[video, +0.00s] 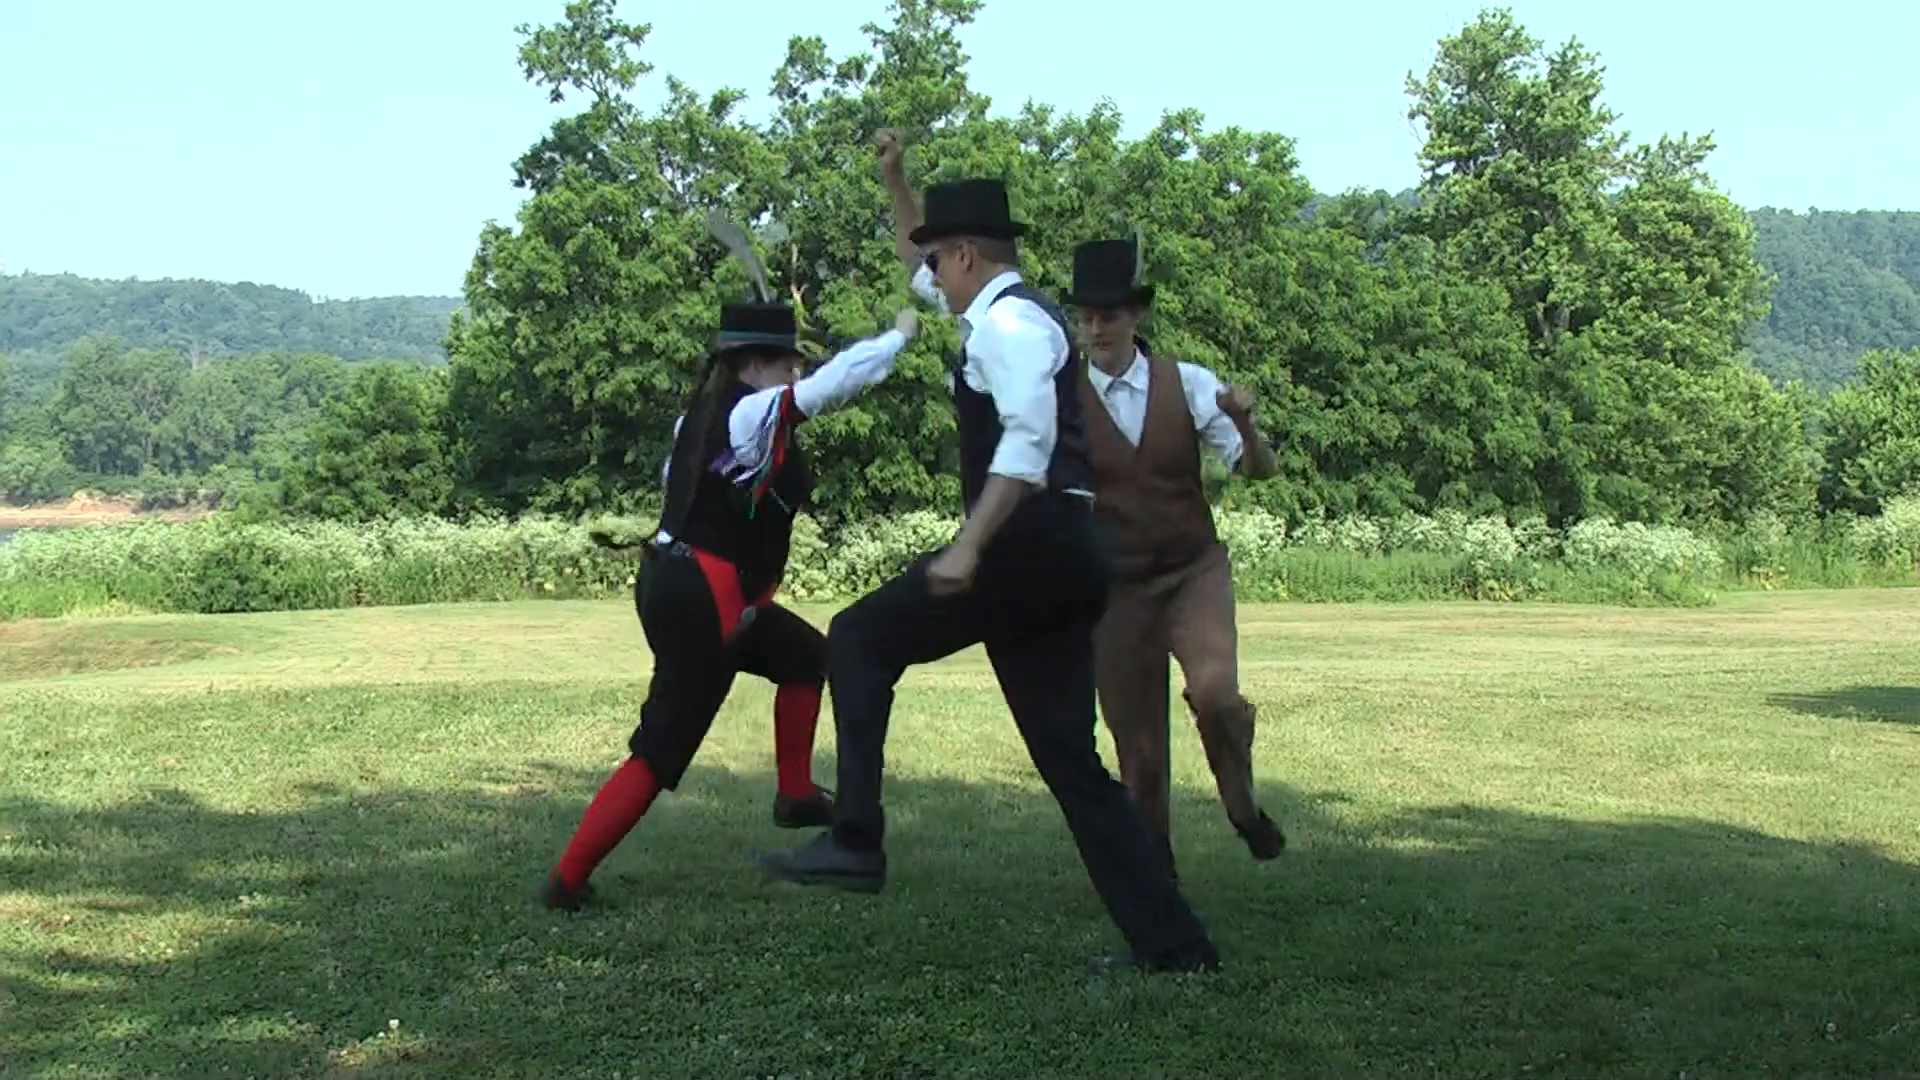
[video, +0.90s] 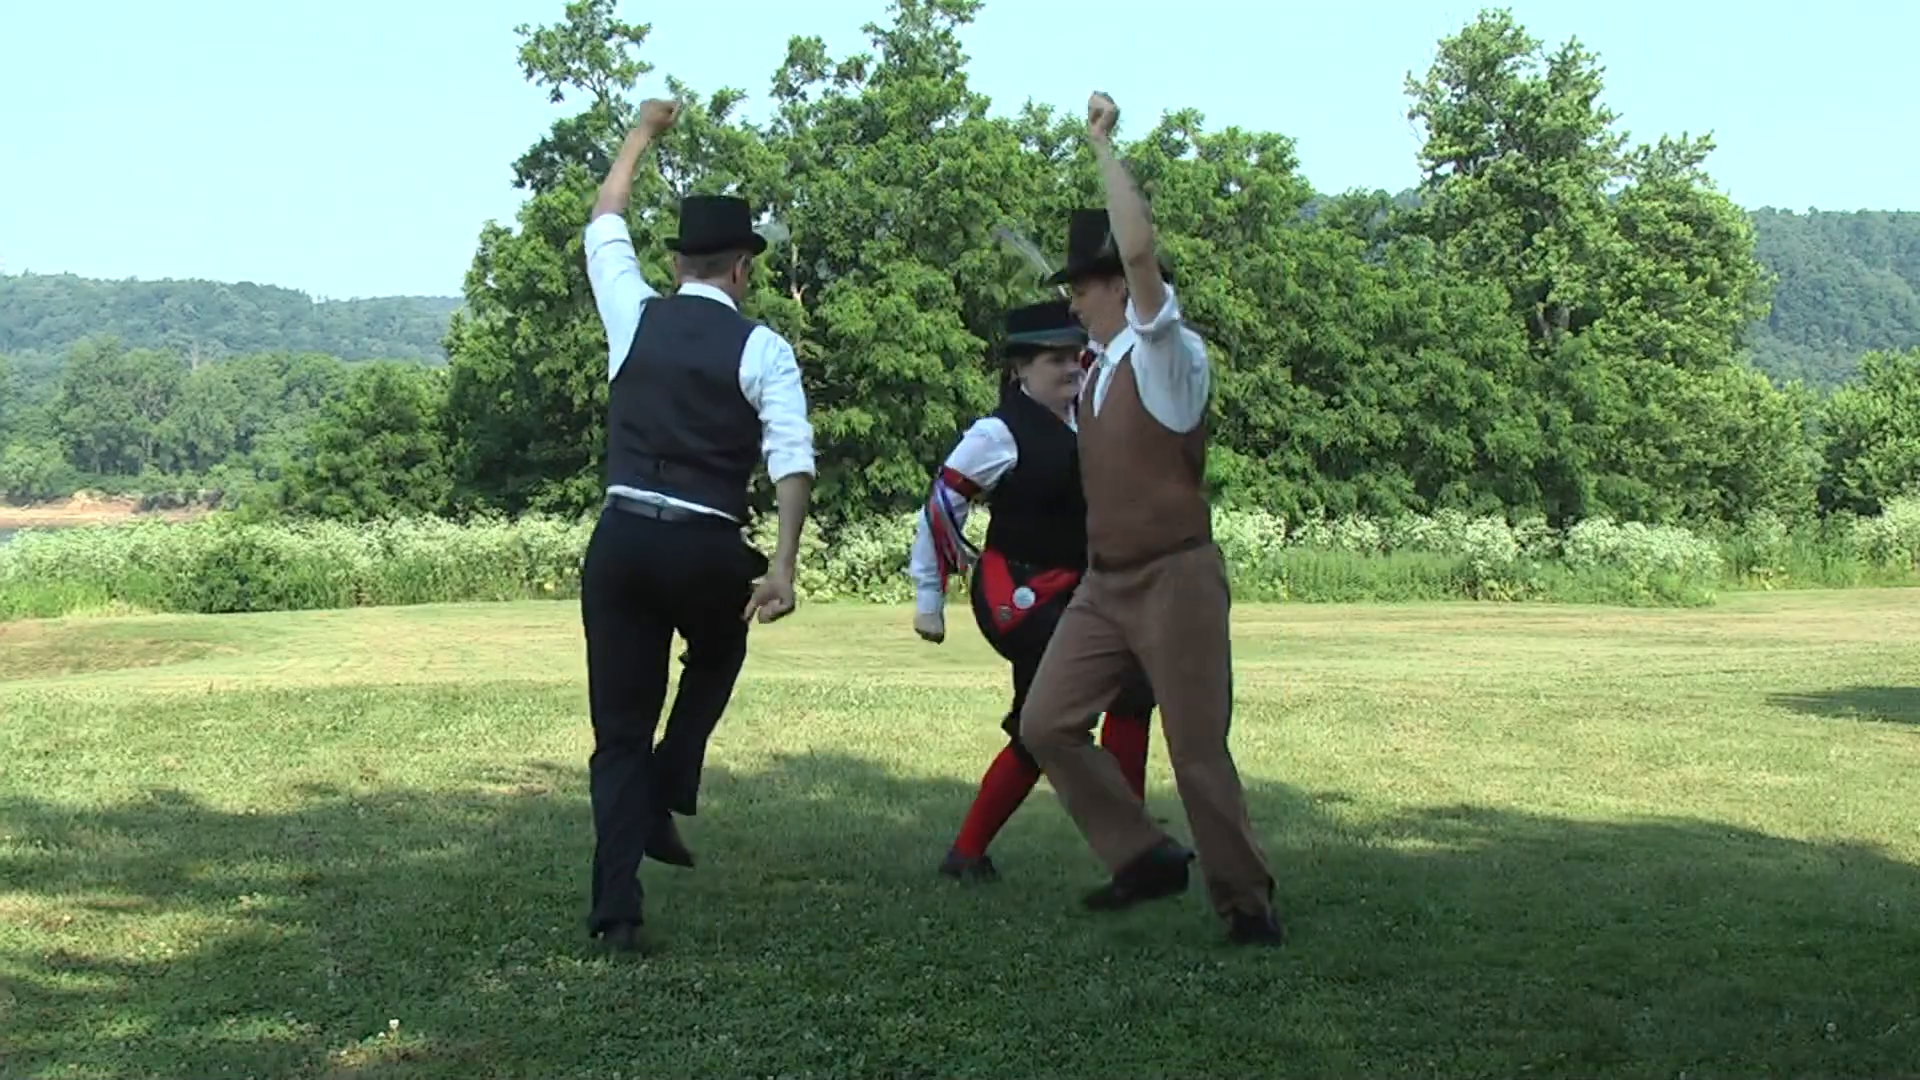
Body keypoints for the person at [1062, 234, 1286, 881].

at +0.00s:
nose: (1096, 328)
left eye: (1109, 316)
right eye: (1087, 317)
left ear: (1137, 317)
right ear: (1077, 320)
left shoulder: (1189, 385)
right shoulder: (1060, 393)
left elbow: (1259, 467)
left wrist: (1246, 425)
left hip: (1195, 573)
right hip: (1116, 589)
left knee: (1216, 696)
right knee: (1140, 758)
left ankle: (1243, 810)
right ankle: (1153, 891)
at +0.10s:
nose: (1116, 318)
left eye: (1129, 305)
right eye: (1107, 306)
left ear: (1159, 306)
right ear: (1097, 311)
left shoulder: (1206, 372)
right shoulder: (1077, 403)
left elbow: (1290, 377)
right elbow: (1078, 495)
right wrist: (1092, 558)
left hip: (1218, 570)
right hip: (1136, 586)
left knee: (1238, 698)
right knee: (1151, 741)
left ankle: (1266, 844)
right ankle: (1155, 874)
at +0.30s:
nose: (1157, 331)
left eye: (1169, 316)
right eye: (1151, 320)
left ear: (1209, 313)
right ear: (1152, 326)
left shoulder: (1249, 383)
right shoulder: (1138, 414)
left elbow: (1266, 287)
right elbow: (1144, 521)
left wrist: (1265, 183)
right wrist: (1115, 615)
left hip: (1257, 601)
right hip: (1174, 612)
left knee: (1269, 762)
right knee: (1164, 783)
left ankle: (1312, 920)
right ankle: (1196, 841)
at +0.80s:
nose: (1104, 316)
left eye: (1112, 303)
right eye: (1103, 304)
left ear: (1154, 303)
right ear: (1129, 310)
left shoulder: (1205, 366)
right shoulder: (1110, 397)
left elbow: (1202, 269)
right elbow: (1123, 495)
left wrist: (1160, 165)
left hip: (1212, 594)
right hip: (1130, 599)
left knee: (1212, 774)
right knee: (1104, 742)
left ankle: (1250, 910)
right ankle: (1183, 815)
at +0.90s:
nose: (1073, 302)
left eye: (1080, 287)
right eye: (1071, 289)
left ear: (1123, 282)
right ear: (1095, 292)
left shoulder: (1166, 352)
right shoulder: (1100, 367)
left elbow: (1139, 253)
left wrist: (1104, 144)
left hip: (1177, 581)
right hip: (1104, 588)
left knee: (1198, 756)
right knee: (1048, 726)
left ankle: (1248, 910)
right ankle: (1145, 859)